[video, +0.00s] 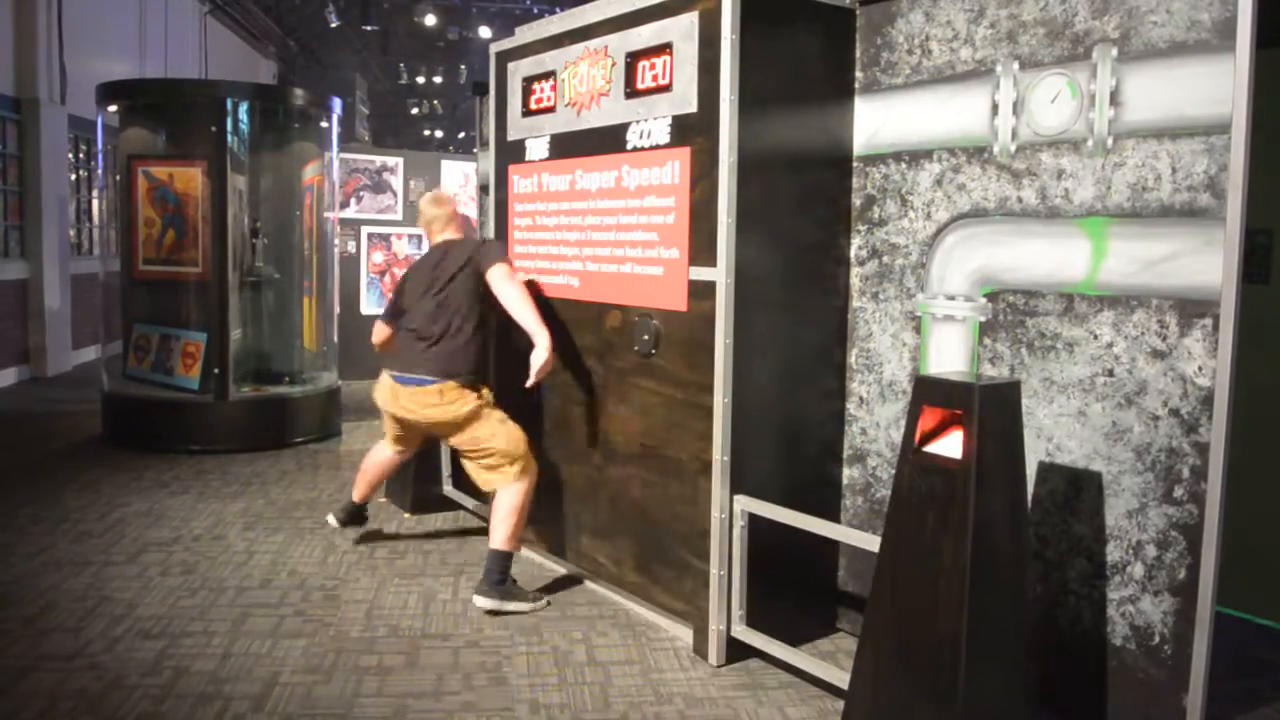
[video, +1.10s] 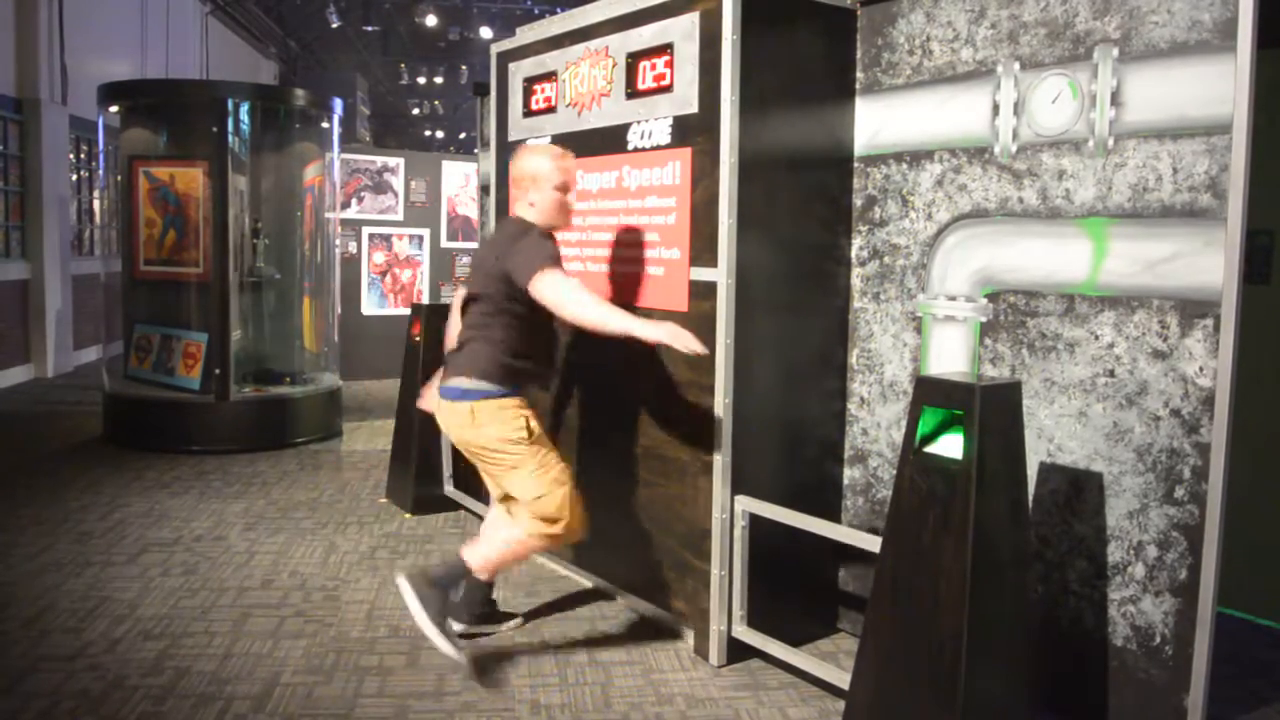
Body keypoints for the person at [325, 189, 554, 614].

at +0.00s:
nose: (466, 220)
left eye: (461, 215)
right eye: (462, 215)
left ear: (425, 231)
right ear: (460, 220)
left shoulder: (413, 272)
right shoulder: (481, 249)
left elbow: (380, 337)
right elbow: (504, 283)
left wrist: (414, 352)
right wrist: (541, 338)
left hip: (395, 389)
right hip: (445, 394)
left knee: (396, 444)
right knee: (518, 468)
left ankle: (351, 509)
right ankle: (495, 582)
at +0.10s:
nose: (435, 249)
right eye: (432, 244)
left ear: (397, 252)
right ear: (431, 246)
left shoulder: (391, 287)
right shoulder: (447, 276)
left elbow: (375, 330)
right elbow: (480, 306)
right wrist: (521, 357)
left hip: (360, 399)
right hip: (406, 403)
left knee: (366, 460)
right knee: (493, 461)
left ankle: (328, 517)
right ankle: (473, 564)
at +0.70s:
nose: (471, 212)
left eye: (468, 203)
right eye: (461, 205)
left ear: (432, 214)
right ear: (434, 212)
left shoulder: (409, 249)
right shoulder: (434, 247)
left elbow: (367, 293)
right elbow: (458, 262)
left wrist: (341, 330)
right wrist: (506, 268)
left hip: (365, 370)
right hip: (386, 374)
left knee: (370, 444)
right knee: (455, 461)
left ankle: (339, 506)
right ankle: (389, 538)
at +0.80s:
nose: (484, 199)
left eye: (483, 191)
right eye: (475, 193)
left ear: (444, 204)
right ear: (445, 202)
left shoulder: (418, 244)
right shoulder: (465, 235)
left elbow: (372, 286)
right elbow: (499, 237)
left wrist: (315, 312)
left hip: (387, 375)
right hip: (407, 385)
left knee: (418, 439)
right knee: (441, 485)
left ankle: (363, 494)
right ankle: (383, 546)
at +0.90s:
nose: (507, 182)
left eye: (506, 174)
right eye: (499, 175)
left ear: (464, 185)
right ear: (465, 184)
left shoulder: (435, 228)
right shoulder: (487, 216)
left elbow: (385, 263)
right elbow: (529, 217)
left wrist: (330, 289)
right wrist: (587, 206)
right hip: (428, 383)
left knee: (467, 441)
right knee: (435, 476)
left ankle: (418, 507)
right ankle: (385, 540)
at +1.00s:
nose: (534, 176)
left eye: (533, 167)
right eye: (526, 168)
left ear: (487, 176)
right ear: (494, 174)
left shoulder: (460, 226)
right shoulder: (508, 210)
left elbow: (413, 275)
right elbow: (545, 242)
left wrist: (378, 320)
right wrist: (607, 261)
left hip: (432, 363)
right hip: (465, 374)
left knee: (510, 439)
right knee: (479, 480)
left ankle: (463, 547)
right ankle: (383, 540)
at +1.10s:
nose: (573, 199)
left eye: (572, 188)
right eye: (565, 188)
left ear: (524, 193)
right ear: (533, 191)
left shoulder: (498, 241)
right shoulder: (526, 242)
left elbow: (462, 306)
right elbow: (570, 302)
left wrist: (447, 373)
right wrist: (652, 328)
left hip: (461, 396)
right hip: (489, 399)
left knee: (512, 500)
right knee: (555, 514)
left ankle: (472, 601)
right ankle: (438, 581)